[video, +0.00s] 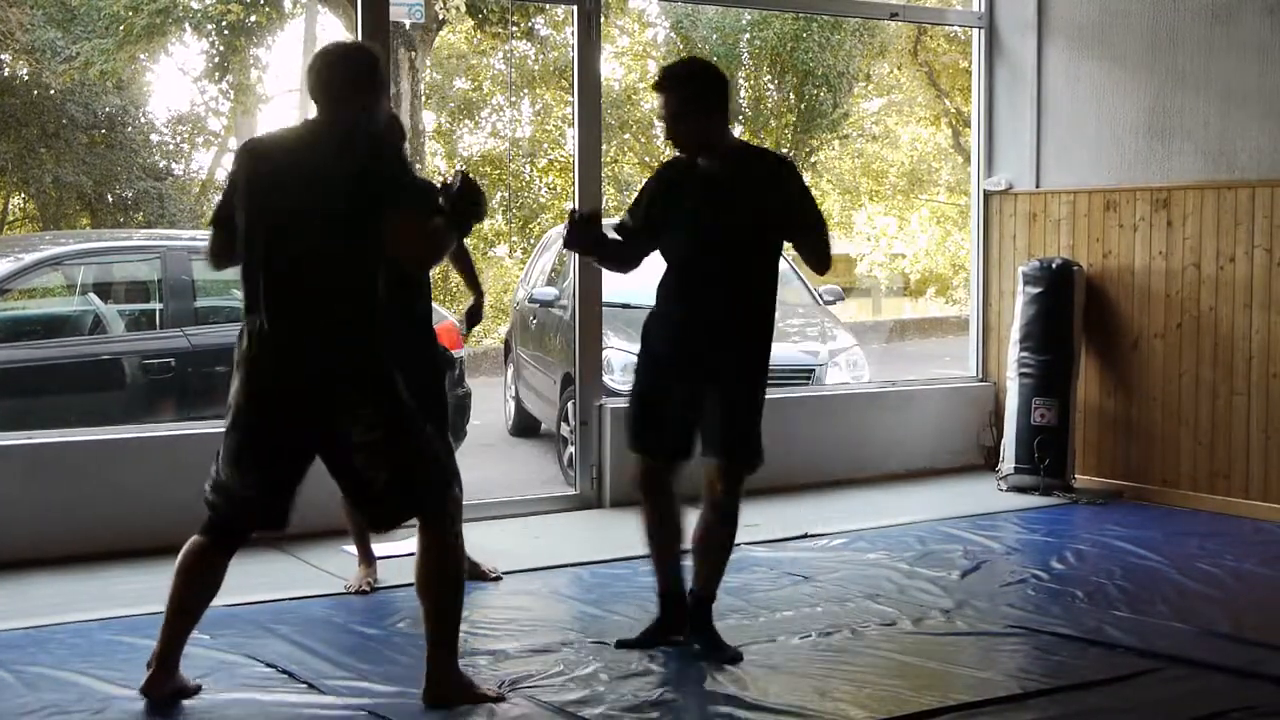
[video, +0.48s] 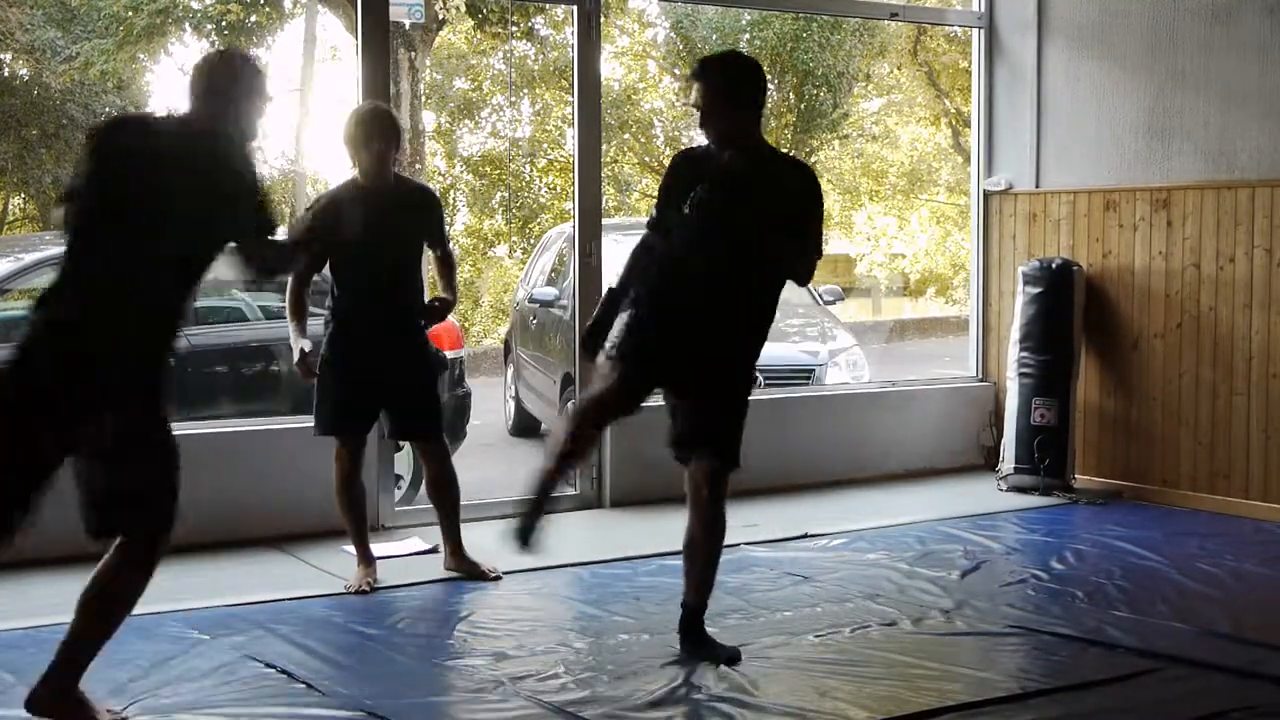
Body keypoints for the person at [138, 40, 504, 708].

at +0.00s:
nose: (388, 104)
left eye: (384, 93)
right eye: (384, 92)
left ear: (312, 92)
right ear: (370, 93)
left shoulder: (258, 157)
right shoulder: (380, 150)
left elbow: (223, 250)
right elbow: (417, 250)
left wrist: (300, 224)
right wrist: (457, 212)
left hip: (272, 378)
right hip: (368, 376)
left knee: (223, 524)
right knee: (439, 509)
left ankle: (162, 667)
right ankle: (443, 675)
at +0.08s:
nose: (358, 113)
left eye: (351, 101)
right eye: (357, 102)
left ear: (296, 101)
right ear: (354, 103)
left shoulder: (240, 166)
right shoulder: (371, 169)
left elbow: (207, 258)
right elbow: (409, 255)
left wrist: (282, 243)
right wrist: (454, 224)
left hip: (265, 381)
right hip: (357, 379)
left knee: (226, 519)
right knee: (435, 507)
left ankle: (169, 662)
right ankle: (443, 676)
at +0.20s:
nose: (327, 118)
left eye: (327, 106)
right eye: (326, 105)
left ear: (265, 94)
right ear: (310, 102)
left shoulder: (198, 153)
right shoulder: (302, 161)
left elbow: (171, 240)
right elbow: (336, 252)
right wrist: (386, 224)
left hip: (201, 376)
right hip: (283, 376)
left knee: (200, 530)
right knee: (356, 521)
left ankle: (165, 683)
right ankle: (414, 675)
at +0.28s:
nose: (310, 110)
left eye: (310, 97)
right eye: (310, 97)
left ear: (249, 80)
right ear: (294, 92)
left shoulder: (175, 133)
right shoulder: (280, 152)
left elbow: (145, 228)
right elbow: (324, 244)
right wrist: (364, 199)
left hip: (148, 348)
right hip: (224, 353)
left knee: (156, 510)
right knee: (289, 495)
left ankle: (151, 671)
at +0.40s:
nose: (278, 107)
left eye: (280, 96)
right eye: (278, 95)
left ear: (220, 78)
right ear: (263, 90)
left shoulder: (144, 127)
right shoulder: (258, 157)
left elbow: (105, 218)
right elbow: (298, 234)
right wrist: (359, 193)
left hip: (89, 330)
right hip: (164, 343)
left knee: (75, 463)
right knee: (165, 516)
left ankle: (57, 549)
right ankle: (64, 676)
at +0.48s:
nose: (260, 115)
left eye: (260, 103)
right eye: (258, 102)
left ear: (199, 89)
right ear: (240, 101)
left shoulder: (121, 135)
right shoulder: (231, 167)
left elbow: (78, 220)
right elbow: (258, 260)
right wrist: (307, 247)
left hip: (48, 350)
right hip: (125, 369)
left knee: (5, 509)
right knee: (146, 529)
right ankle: (59, 684)